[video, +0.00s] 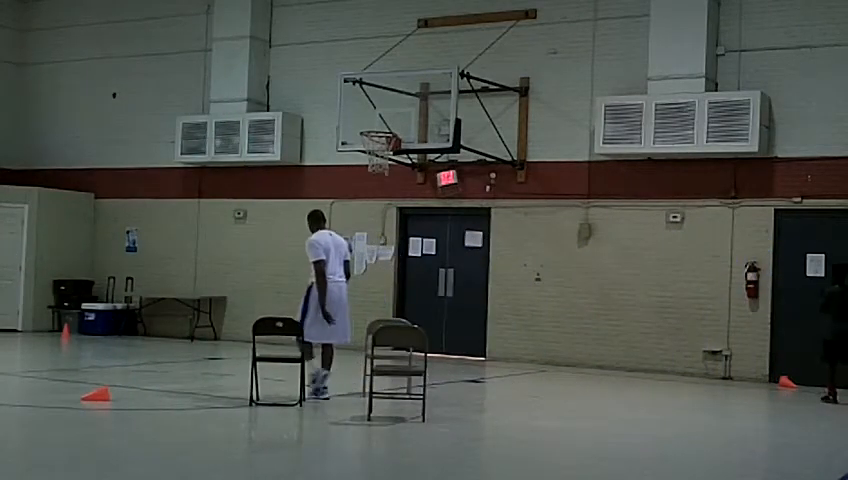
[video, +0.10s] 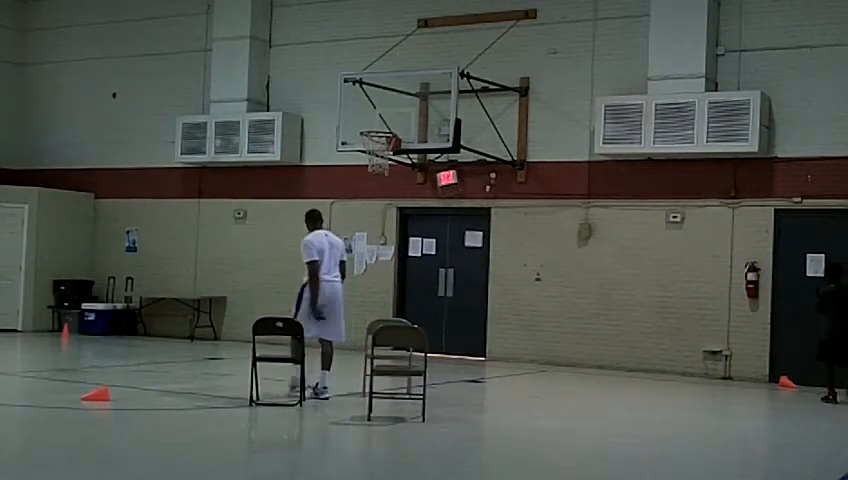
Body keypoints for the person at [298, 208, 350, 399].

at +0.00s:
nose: (310, 227)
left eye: (309, 225)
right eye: (311, 224)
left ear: (310, 224)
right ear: (325, 221)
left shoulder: (314, 240)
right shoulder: (340, 240)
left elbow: (320, 273)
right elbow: (347, 273)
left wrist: (323, 305)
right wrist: (337, 288)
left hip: (321, 288)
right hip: (339, 287)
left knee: (304, 333)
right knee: (328, 338)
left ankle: (314, 371)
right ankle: (322, 385)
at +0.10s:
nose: (308, 226)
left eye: (308, 223)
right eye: (310, 222)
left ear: (307, 223)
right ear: (323, 222)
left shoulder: (309, 241)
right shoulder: (337, 241)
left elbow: (314, 273)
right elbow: (342, 272)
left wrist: (314, 302)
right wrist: (335, 290)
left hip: (315, 287)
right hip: (335, 287)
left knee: (298, 330)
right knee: (327, 337)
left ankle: (298, 377)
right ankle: (323, 385)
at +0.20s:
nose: (304, 229)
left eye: (303, 226)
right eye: (308, 225)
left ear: (302, 226)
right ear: (318, 224)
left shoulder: (303, 244)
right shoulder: (333, 243)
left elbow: (301, 275)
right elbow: (337, 273)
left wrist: (297, 301)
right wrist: (332, 291)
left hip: (311, 289)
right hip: (331, 289)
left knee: (294, 332)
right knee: (327, 339)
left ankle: (285, 376)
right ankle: (323, 384)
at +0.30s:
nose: (299, 231)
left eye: (298, 228)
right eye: (302, 227)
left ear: (297, 228)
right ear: (312, 226)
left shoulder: (296, 246)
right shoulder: (328, 245)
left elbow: (290, 279)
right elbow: (332, 274)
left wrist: (283, 308)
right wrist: (327, 292)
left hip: (305, 290)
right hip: (326, 290)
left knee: (293, 335)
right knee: (323, 339)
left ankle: (284, 376)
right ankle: (322, 382)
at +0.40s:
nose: (292, 231)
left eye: (291, 228)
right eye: (295, 227)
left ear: (291, 229)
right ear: (306, 227)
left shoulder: (289, 248)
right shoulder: (321, 245)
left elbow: (279, 279)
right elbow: (328, 273)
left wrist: (269, 307)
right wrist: (326, 296)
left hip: (298, 290)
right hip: (319, 290)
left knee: (290, 335)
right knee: (315, 336)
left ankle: (285, 378)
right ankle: (321, 368)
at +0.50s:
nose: (288, 230)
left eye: (287, 227)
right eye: (291, 227)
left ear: (287, 227)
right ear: (302, 226)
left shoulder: (283, 246)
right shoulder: (318, 243)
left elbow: (270, 278)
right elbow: (326, 272)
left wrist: (259, 306)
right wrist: (329, 301)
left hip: (292, 290)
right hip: (315, 290)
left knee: (286, 334)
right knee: (310, 335)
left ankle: (285, 379)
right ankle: (313, 363)